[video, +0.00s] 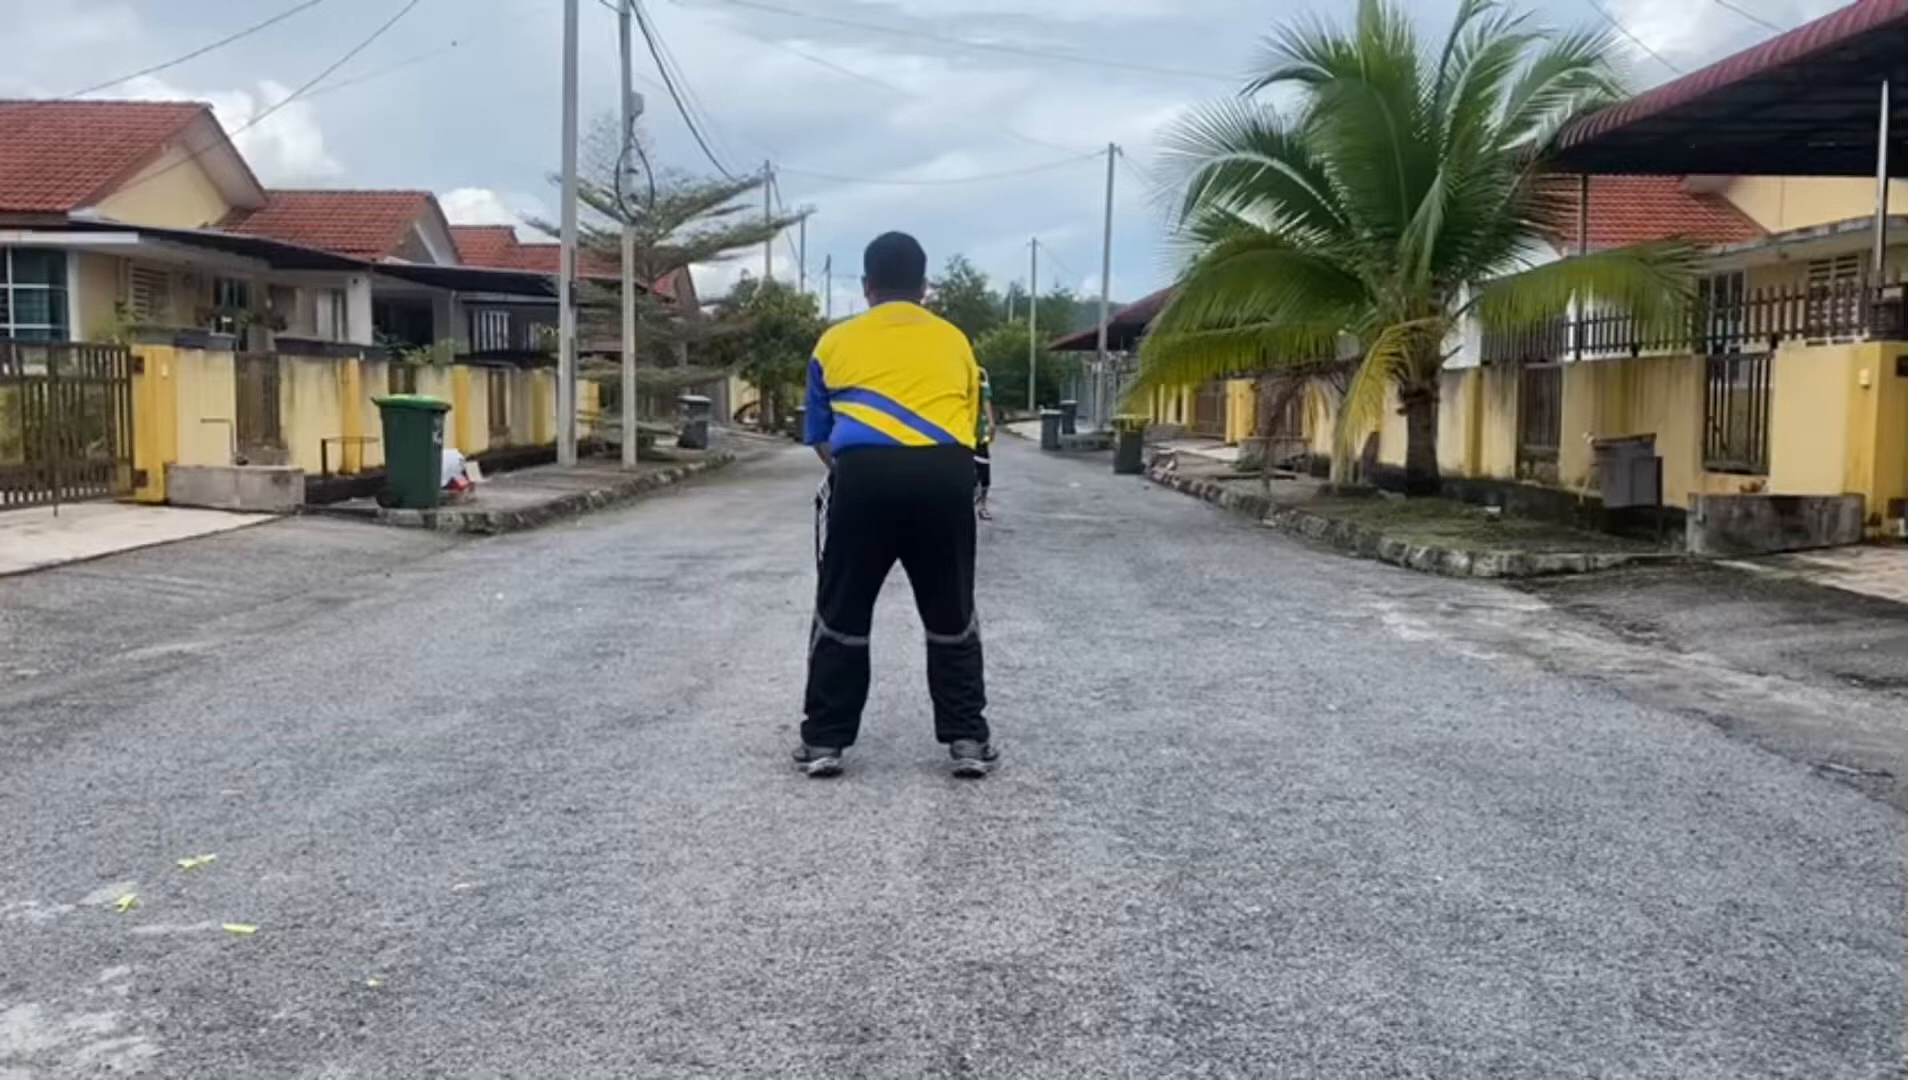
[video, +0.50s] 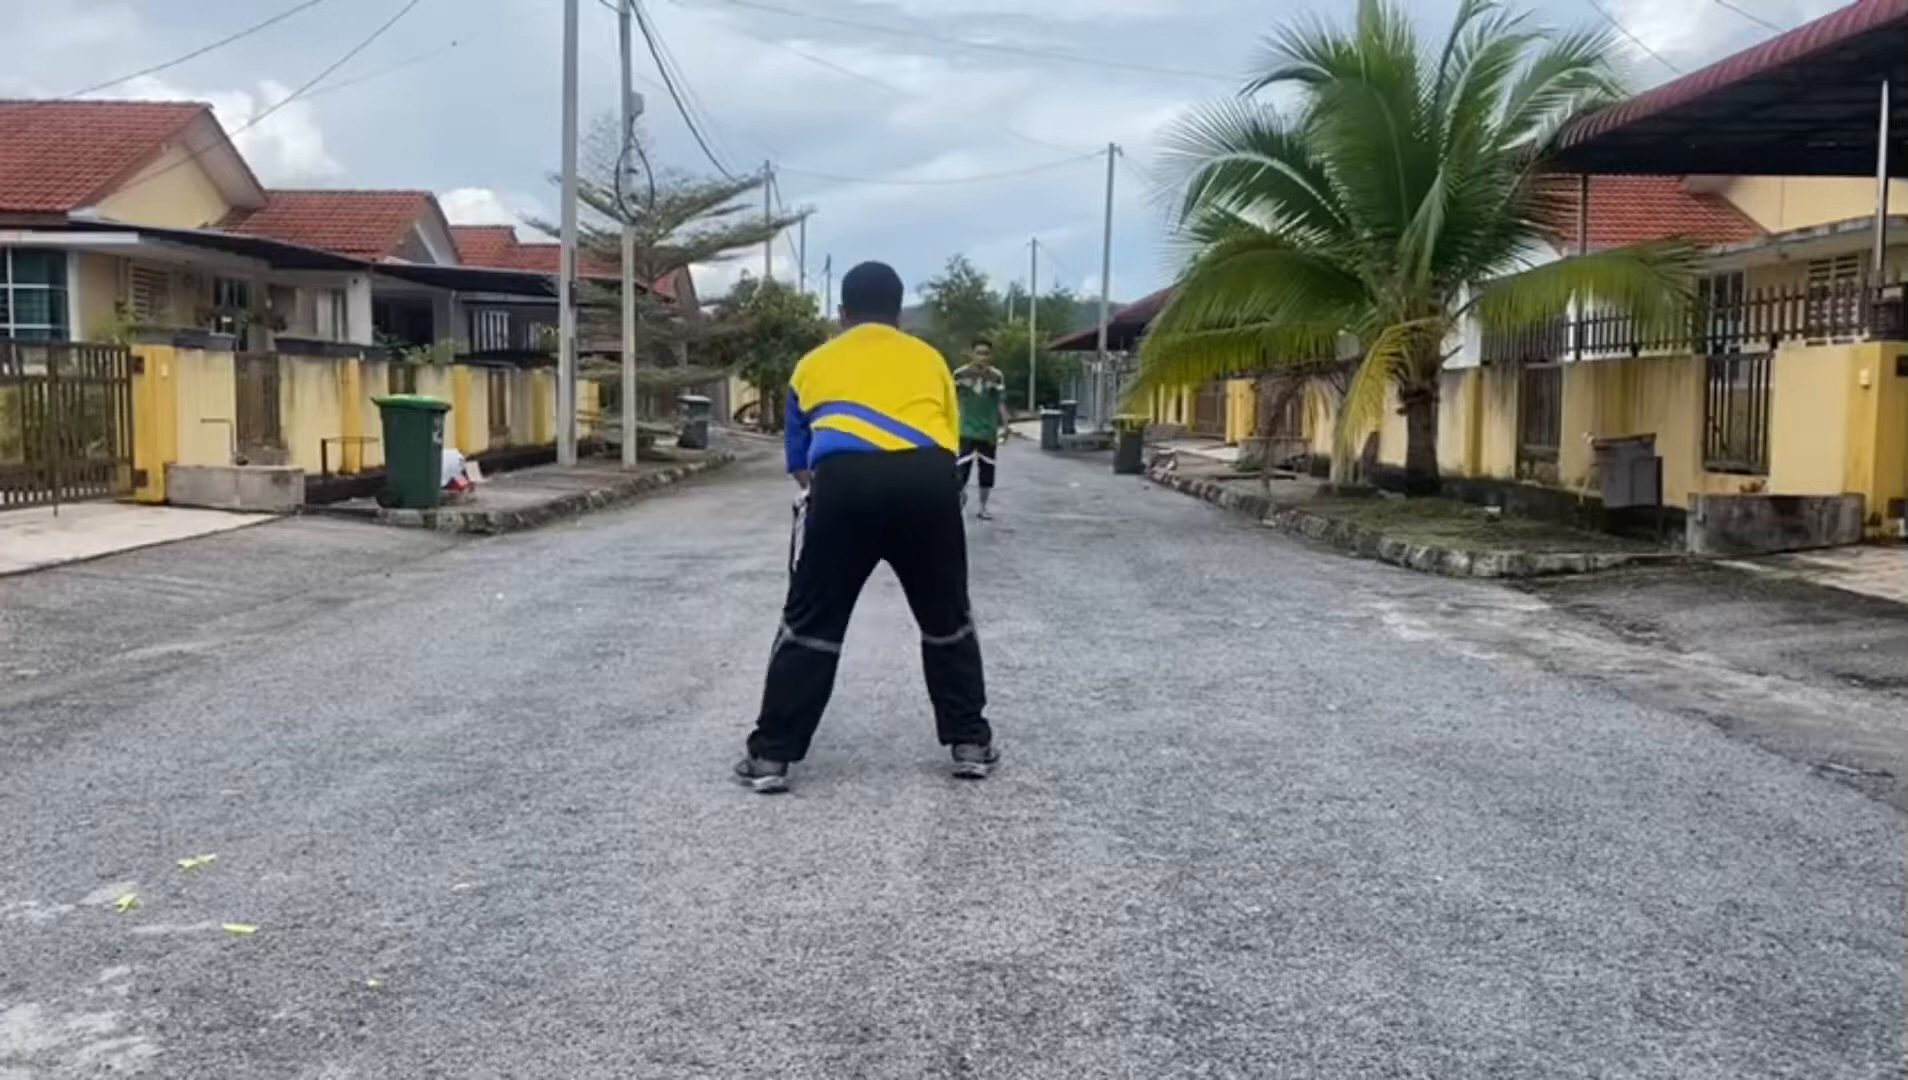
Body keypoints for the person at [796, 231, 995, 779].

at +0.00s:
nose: (868, 291)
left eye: (867, 283)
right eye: (919, 284)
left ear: (867, 286)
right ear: (924, 286)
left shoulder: (836, 341)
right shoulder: (954, 339)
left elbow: (819, 433)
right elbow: (971, 424)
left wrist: (853, 473)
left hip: (864, 480)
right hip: (945, 478)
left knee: (843, 612)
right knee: (951, 614)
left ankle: (826, 741)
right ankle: (966, 737)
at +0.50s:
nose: (841, 317)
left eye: (841, 310)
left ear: (843, 312)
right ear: (898, 310)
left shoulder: (815, 363)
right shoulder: (932, 359)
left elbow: (797, 455)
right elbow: (951, 440)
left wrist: (813, 486)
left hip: (844, 489)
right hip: (928, 485)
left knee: (812, 621)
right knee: (946, 618)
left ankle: (771, 755)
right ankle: (969, 743)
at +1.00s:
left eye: (821, 328)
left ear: (825, 330)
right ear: (881, 331)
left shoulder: (794, 379)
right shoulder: (912, 374)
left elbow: (779, 475)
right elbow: (929, 448)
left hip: (823, 484)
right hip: (908, 482)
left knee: (794, 622)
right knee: (930, 621)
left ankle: (768, 756)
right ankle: (956, 749)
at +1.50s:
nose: (829, 328)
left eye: (831, 321)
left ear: (836, 320)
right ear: (893, 320)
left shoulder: (809, 367)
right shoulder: (925, 366)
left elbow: (787, 458)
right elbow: (941, 443)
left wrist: (792, 494)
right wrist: (933, 491)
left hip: (828, 479)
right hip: (914, 479)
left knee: (802, 622)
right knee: (931, 620)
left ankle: (769, 757)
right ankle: (957, 750)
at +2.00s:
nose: (830, 317)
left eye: (832, 310)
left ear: (835, 311)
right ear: (893, 310)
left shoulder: (806, 363)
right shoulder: (924, 359)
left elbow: (787, 459)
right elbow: (939, 441)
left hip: (829, 484)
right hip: (915, 483)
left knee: (802, 623)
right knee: (933, 620)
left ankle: (769, 756)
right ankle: (957, 750)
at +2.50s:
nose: (895, 315)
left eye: (830, 309)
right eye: (892, 307)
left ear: (830, 310)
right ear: (889, 309)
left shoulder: (800, 363)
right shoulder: (921, 359)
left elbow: (784, 460)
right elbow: (935, 437)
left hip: (830, 487)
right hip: (915, 485)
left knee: (802, 625)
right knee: (932, 621)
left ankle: (769, 758)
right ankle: (957, 751)